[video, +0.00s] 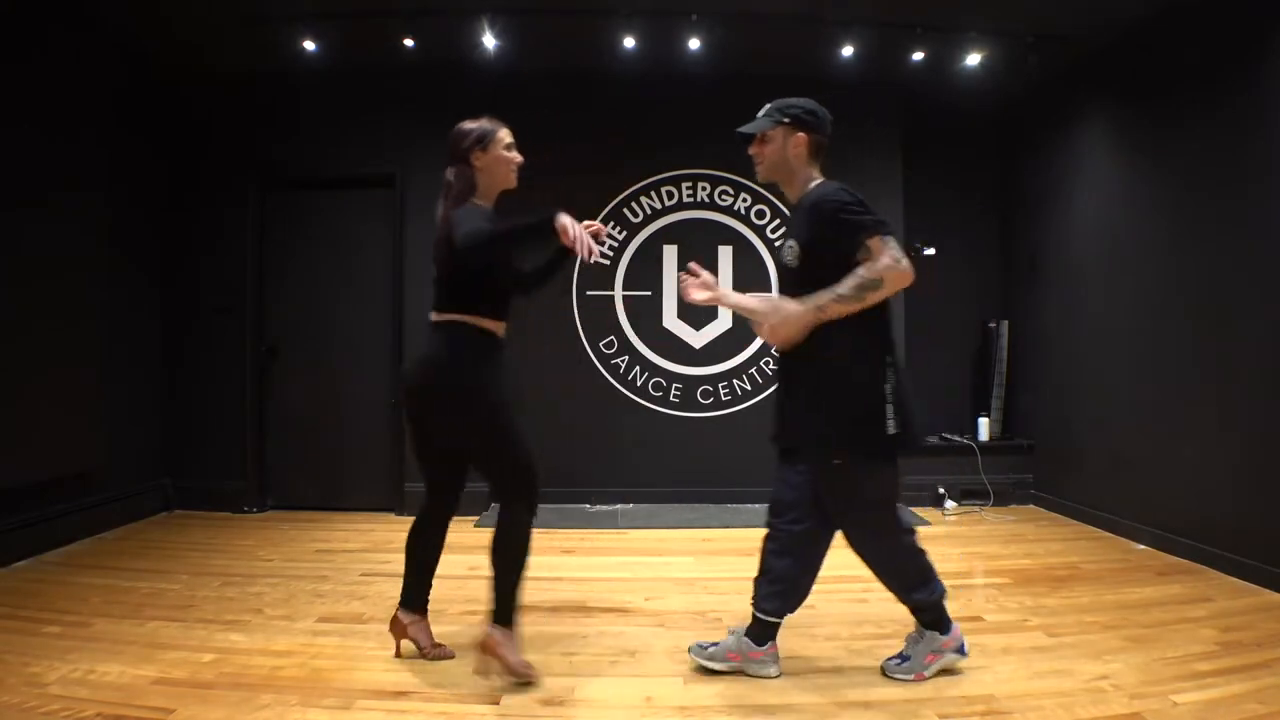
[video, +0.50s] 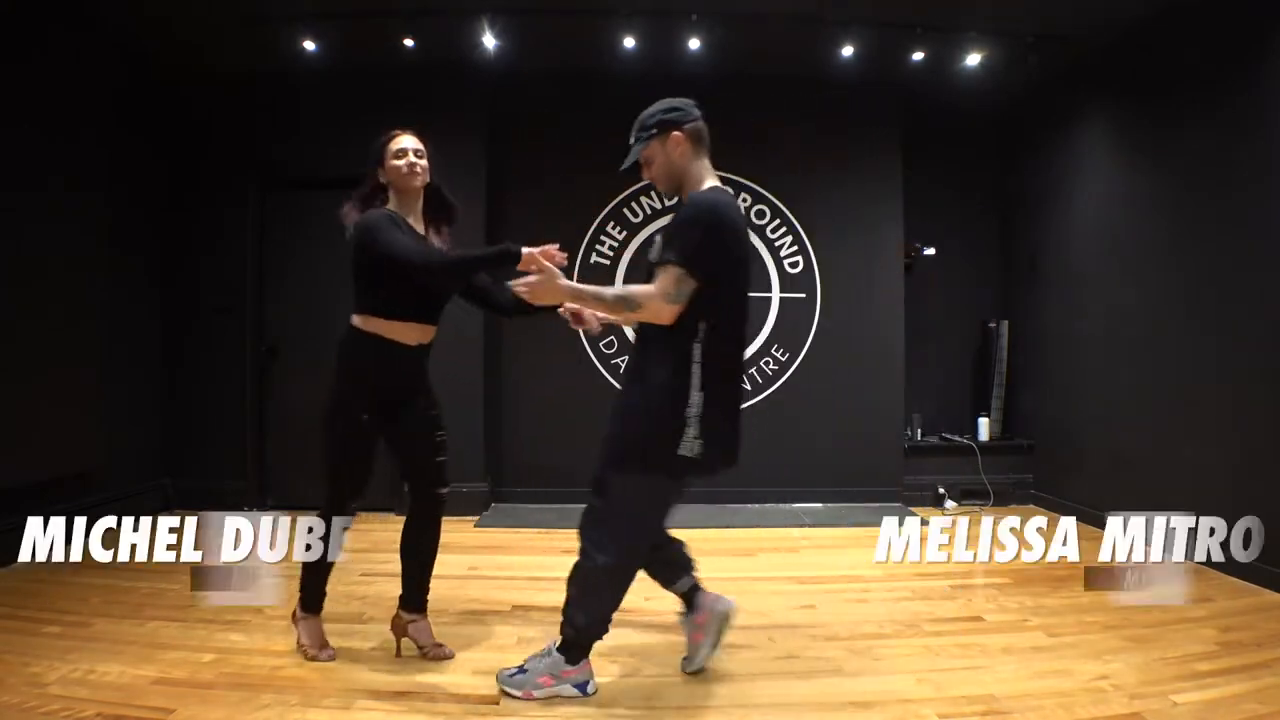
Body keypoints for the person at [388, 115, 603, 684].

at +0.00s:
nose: (520, 157)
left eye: (517, 148)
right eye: (509, 148)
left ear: (485, 160)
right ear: (476, 158)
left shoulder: (481, 224)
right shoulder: (467, 215)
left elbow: (520, 282)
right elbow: (484, 249)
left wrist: (571, 252)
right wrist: (553, 223)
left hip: (447, 364)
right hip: (466, 365)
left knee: (442, 494)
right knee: (520, 487)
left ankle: (411, 611)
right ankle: (501, 628)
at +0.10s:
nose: (499, 160)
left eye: (497, 151)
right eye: (488, 152)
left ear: (468, 165)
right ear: (456, 162)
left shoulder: (470, 233)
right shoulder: (439, 218)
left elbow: (530, 282)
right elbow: (467, 232)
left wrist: (588, 246)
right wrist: (542, 203)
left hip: (442, 365)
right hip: (438, 365)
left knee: (431, 490)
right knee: (498, 485)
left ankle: (409, 613)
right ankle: (449, 609)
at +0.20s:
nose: (478, 163)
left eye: (475, 154)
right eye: (470, 154)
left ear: (451, 163)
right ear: (445, 161)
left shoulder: (468, 240)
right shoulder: (416, 219)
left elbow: (533, 278)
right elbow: (451, 239)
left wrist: (600, 255)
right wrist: (532, 206)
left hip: (436, 375)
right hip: (414, 374)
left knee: (434, 490)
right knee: (459, 488)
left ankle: (411, 609)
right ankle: (419, 611)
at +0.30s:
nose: (453, 153)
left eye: (450, 145)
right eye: (439, 146)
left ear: (441, 164)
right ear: (410, 164)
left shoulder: (461, 236)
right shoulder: (396, 220)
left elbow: (528, 283)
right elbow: (442, 252)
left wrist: (597, 282)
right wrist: (524, 221)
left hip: (432, 371)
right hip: (390, 367)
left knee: (425, 491)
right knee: (427, 485)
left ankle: (408, 613)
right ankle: (365, 599)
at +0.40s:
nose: (425, 155)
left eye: (430, 149)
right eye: (411, 151)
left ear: (441, 164)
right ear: (392, 171)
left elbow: (514, 291)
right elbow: (435, 260)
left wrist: (581, 292)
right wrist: (518, 236)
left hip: (426, 368)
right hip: (376, 362)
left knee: (426, 493)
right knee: (392, 494)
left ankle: (411, 611)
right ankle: (328, 599)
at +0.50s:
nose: (412, 161)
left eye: (419, 155)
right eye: (400, 155)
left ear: (430, 172)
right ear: (381, 173)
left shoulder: (438, 242)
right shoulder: (372, 225)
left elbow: (497, 298)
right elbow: (433, 269)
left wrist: (558, 300)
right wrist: (517, 255)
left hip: (411, 372)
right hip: (362, 367)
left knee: (430, 492)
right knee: (343, 491)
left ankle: (412, 612)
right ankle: (309, 612)